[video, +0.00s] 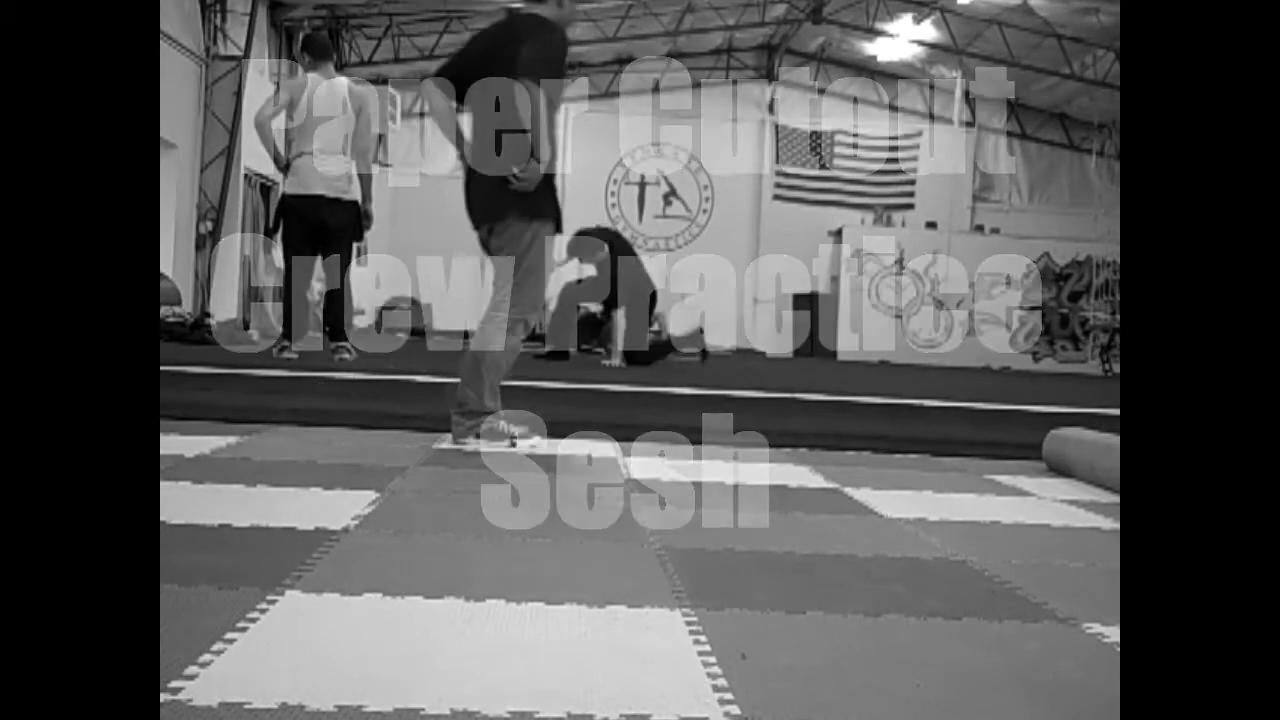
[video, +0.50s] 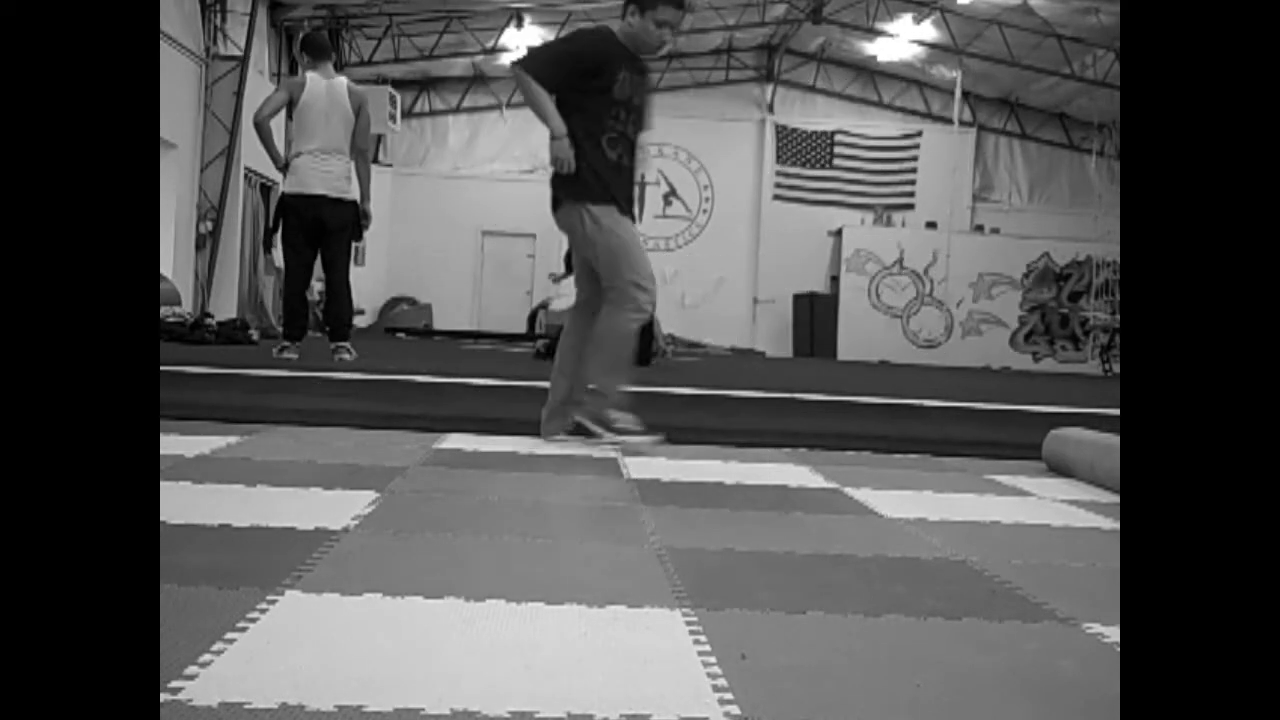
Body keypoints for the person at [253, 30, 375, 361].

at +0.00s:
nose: (299, 62)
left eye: (299, 58)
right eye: (301, 58)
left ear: (305, 57)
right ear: (334, 56)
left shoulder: (294, 86)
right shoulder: (360, 92)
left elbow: (260, 119)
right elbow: (363, 156)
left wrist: (278, 159)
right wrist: (367, 204)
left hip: (300, 195)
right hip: (341, 197)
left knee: (297, 277)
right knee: (337, 279)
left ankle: (288, 342)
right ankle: (339, 344)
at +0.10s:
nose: (299, 63)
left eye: (299, 58)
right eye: (300, 58)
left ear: (305, 57)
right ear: (333, 57)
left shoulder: (295, 86)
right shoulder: (358, 94)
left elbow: (260, 119)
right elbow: (362, 155)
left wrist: (278, 160)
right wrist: (366, 204)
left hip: (300, 191)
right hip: (341, 193)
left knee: (297, 275)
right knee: (337, 276)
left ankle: (289, 343)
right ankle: (340, 344)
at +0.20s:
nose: (300, 63)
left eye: (300, 58)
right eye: (301, 59)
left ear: (305, 58)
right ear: (333, 56)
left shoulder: (295, 85)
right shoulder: (356, 95)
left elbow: (261, 119)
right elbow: (362, 155)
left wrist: (279, 162)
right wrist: (366, 203)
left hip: (299, 193)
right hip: (341, 196)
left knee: (296, 274)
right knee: (338, 276)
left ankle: (291, 343)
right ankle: (341, 344)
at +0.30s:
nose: (300, 63)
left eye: (300, 58)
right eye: (302, 58)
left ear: (304, 57)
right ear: (333, 56)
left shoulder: (294, 85)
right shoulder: (356, 95)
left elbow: (261, 118)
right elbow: (362, 154)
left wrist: (279, 161)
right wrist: (365, 203)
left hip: (299, 194)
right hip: (340, 197)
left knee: (295, 274)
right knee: (338, 276)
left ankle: (290, 343)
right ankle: (341, 344)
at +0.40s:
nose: (299, 63)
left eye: (299, 58)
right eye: (301, 58)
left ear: (304, 57)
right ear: (332, 56)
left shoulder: (294, 85)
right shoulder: (356, 95)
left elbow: (260, 118)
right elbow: (362, 154)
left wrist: (278, 161)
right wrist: (365, 202)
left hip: (298, 193)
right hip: (340, 196)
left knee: (295, 274)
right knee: (338, 276)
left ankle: (290, 343)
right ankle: (341, 345)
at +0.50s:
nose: (299, 63)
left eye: (299, 58)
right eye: (301, 58)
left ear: (304, 57)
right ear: (332, 56)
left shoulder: (294, 85)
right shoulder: (356, 94)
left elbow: (260, 119)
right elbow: (362, 153)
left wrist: (278, 162)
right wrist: (365, 202)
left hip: (298, 194)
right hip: (340, 197)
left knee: (295, 274)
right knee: (338, 276)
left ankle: (290, 343)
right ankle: (341, 345)